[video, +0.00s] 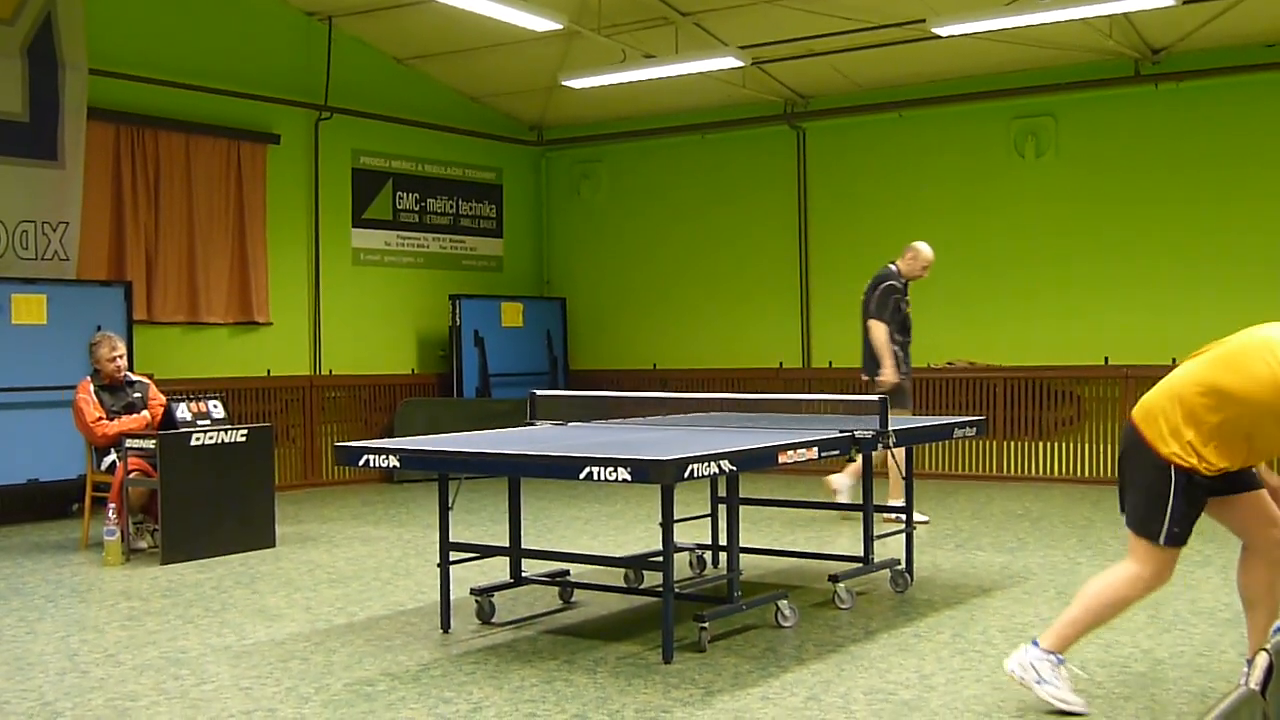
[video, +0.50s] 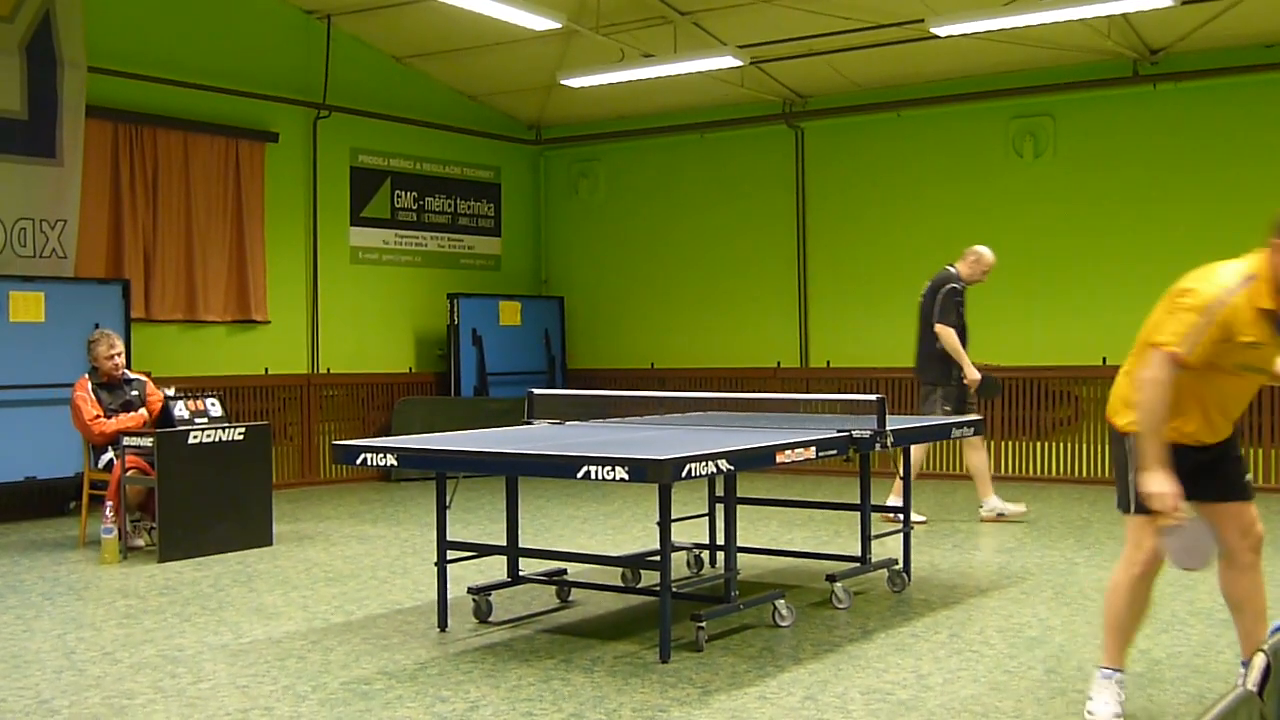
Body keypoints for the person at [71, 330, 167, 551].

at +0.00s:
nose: (120, 364)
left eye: (122, 357)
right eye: (112, 360)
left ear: (127, 357)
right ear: (97, 364)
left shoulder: (143, 383)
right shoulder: (86, 390)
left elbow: (163, 417)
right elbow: (98, 433)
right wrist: (143, 419)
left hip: (153, 449)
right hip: (116, 452)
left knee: (175, 472)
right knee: (139, 479)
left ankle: (150, 523)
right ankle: (132, 521)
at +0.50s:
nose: (118, 362)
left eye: (120, 355)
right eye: (110, 358)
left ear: (125, 354)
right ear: (95, 361)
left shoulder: (141, 381)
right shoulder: (84, 389)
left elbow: (162, 413)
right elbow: (96, 431)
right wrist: (139, 418)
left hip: (149, 447)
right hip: (113, 450)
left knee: (172, 471)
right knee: (136, 477)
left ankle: (147, 521)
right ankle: (129, 520)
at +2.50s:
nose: (121, 356)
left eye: (124, 350)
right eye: (114, 350)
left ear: (129, 352)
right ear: (97, 356)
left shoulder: (137, 381)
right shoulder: (86, 385)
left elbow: (162, 412)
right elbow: (98, 427)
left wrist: (134, 381)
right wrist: (142, 416)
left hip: (146, 444)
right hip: (112, 447)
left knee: (169, 469)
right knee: (134, 474)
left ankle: (147, 520)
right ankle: (129, 519)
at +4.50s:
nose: (120, 357)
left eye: (123, 352)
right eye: (113, 352)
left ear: (128, 354)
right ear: (97, 355)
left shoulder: (137, 382)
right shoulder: (84, 386)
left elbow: (163, 413)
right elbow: (96, 429)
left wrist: (133, 385)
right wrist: (141, 416)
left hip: (146, 446)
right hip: (111, 449)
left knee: (170, 468)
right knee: (132, 474)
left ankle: (151, 521)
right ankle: (131, 519)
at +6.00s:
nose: (120, 357)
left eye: (123, 352)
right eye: (113, 352)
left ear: (128, 354)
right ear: (97, 355)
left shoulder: (137, 382)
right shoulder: (84, 386)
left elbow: (162, 414)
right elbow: (97, 429)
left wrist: (132, 385)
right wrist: (141, 416)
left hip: (146, 447)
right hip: (112, 449)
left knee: (171, 469)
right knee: (134, 474)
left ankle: (151, 521)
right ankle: (132, 520)